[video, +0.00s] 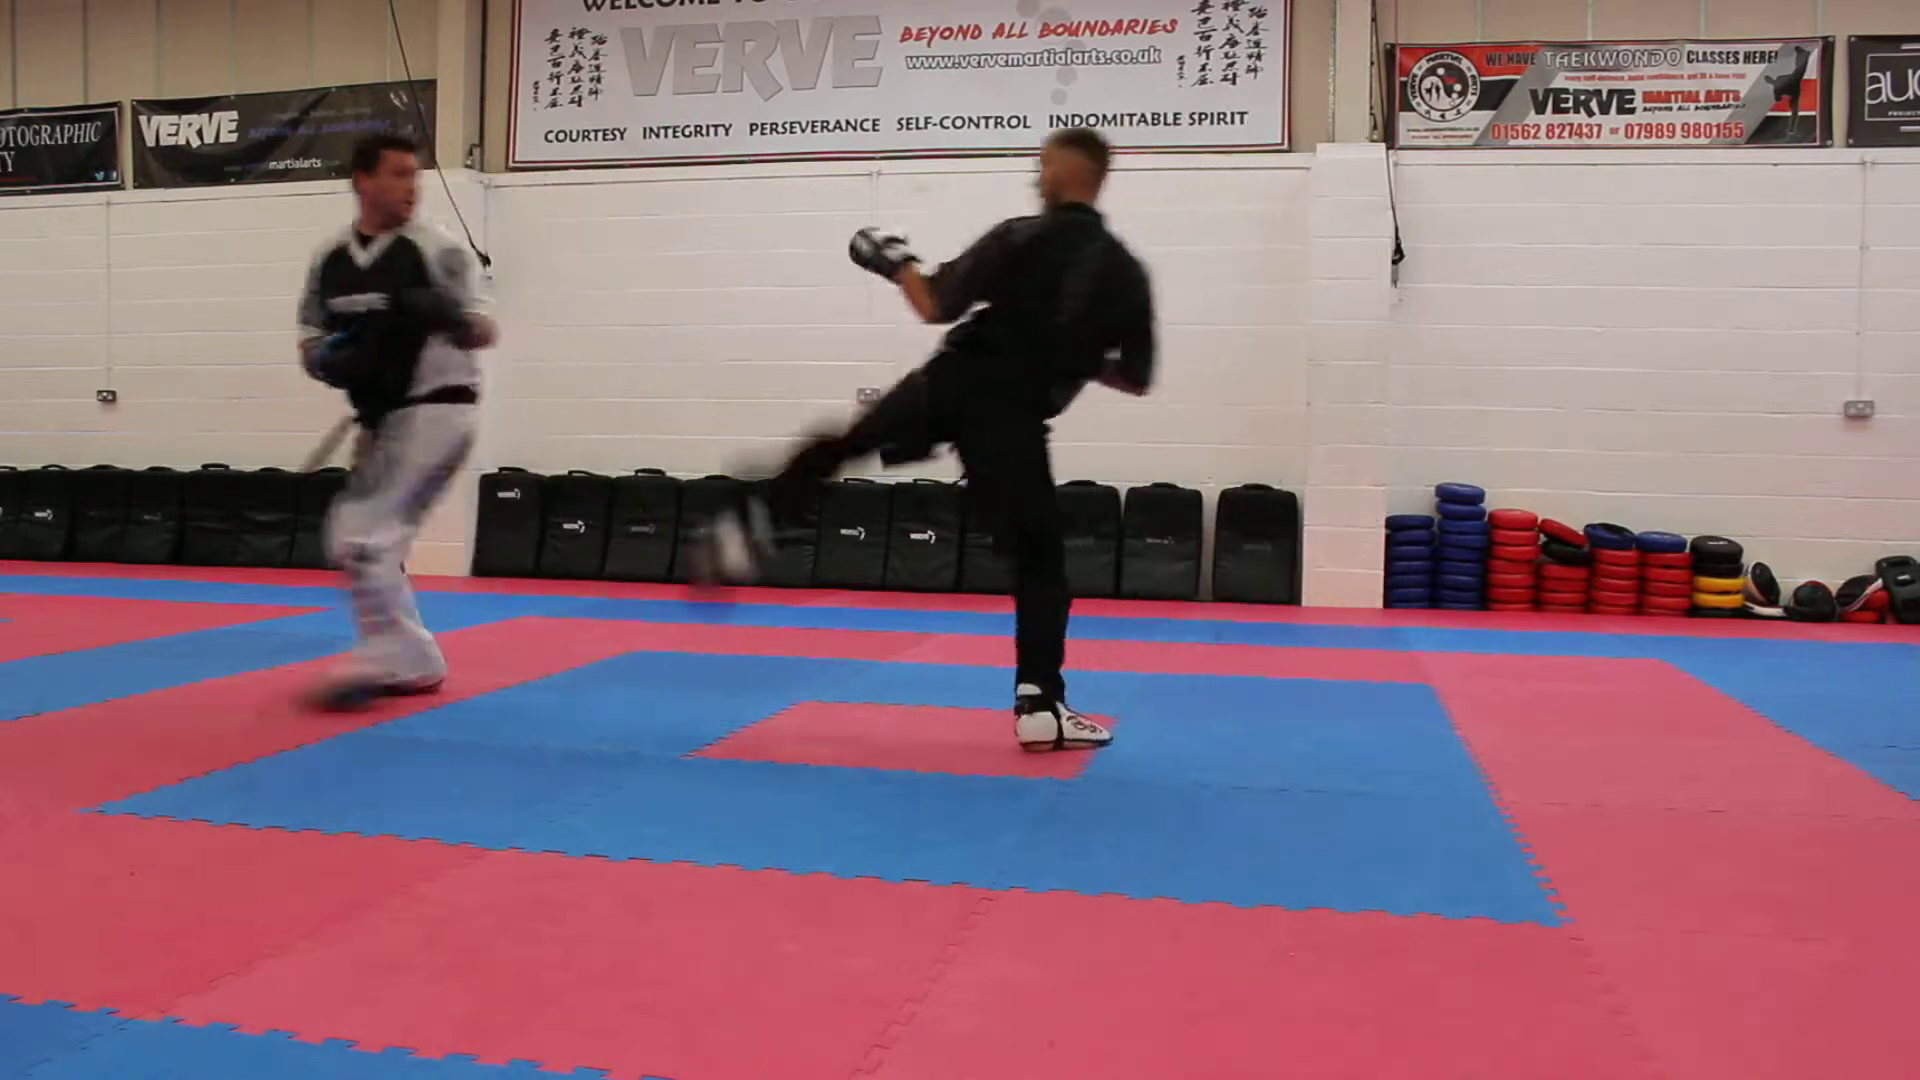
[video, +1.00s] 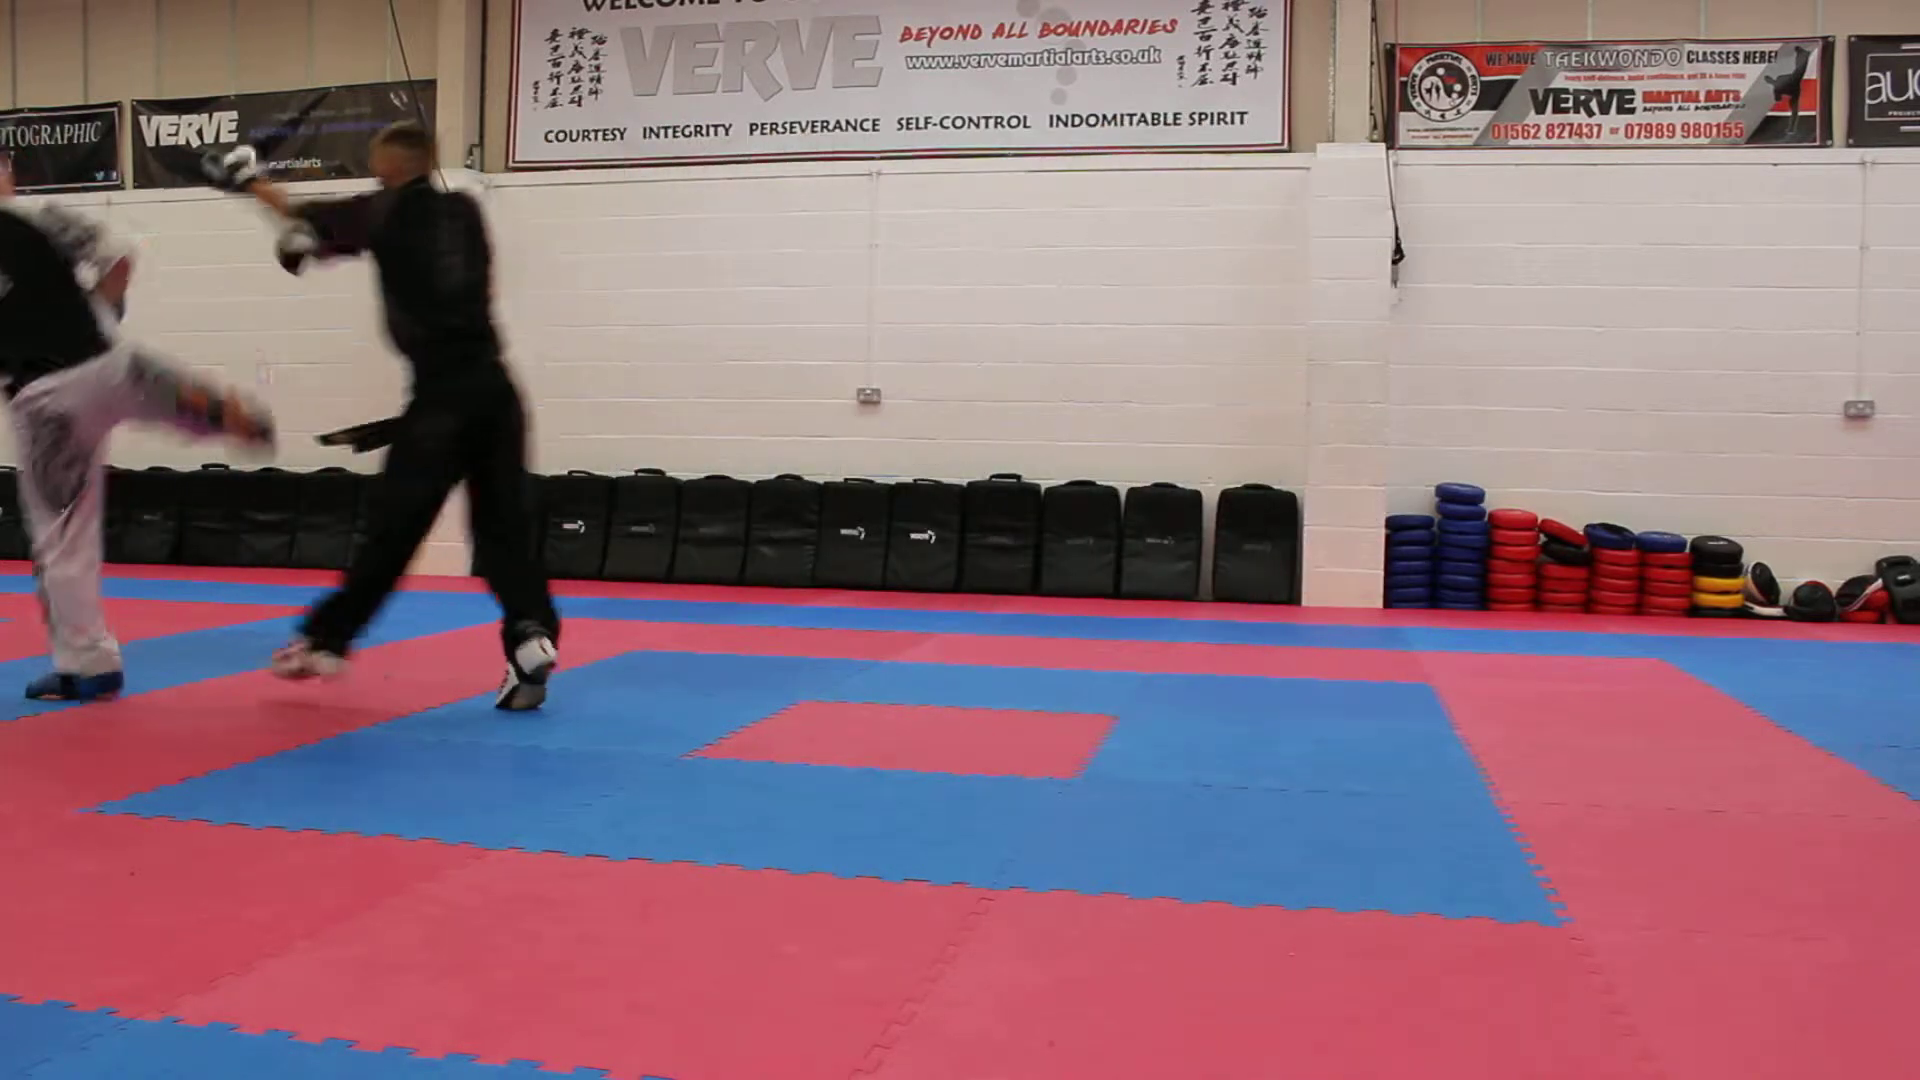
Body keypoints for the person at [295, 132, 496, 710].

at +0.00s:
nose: (411, 188)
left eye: (414, 176)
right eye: (399, 176)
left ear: (419, 180)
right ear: (362, 182)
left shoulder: (439, 250)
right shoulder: (331, 264)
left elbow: (483, 330)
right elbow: (312, 346)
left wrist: (435, 311)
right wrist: (338, 357)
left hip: (440, 411)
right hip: (380, 416)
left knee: (365, 529)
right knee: (360, 537)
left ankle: (400, 653)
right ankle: (400, 659)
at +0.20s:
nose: (256, 194)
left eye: (265, 179)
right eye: (254, 181)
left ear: (302, 178)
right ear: (285, 184)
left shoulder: (331, 240)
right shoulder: (307, 245)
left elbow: (347, 327)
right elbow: (307, 335)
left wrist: (265, 362)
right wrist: (259, 367)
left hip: (329, 420)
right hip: (365, 422)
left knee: (250, 541)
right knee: (338, 552)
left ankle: (190, 666)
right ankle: (408, 660)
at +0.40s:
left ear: (154, 209)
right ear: (213, 201)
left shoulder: (150, 272)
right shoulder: (262, 255)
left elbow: (146, 368)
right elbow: (308, 333)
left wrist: (134, 434)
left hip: (243, 422)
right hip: (315, 420)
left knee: (182, 544)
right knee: (286, 537)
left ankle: (181, 676)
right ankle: (358, 626)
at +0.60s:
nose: (131, 204)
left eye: (126, 195)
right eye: (126, 195)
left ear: (58, 211)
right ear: (112, 198)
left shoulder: (40, 280)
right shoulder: (168, 244)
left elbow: (17, 365)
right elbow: (248, 303)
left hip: (178, 412)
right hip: (246, 381)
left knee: (161, 541)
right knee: (326, 433)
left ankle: (176, 677)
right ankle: (412, 447)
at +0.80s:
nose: (70, 150)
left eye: (66, 140)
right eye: (64, 140)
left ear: (5, 150)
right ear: (42, 141)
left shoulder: (3, 208)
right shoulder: (91, 177)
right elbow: (186, 231)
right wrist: (140, 290)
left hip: (111, 363)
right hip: (176, 318)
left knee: (119, 496)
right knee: (298, 349)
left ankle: (145, 621)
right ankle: (334, 295)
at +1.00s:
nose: (9, 177)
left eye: (7, 171)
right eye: (7, 171)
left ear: (8, 175)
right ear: (8, 174)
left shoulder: (27, 219)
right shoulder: (32, 217)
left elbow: (115, 251)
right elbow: (116, 252)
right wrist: (97, 327)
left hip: (39, 399)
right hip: (105, 367)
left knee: (61, 538)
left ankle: (87, 662)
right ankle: (241, 419)